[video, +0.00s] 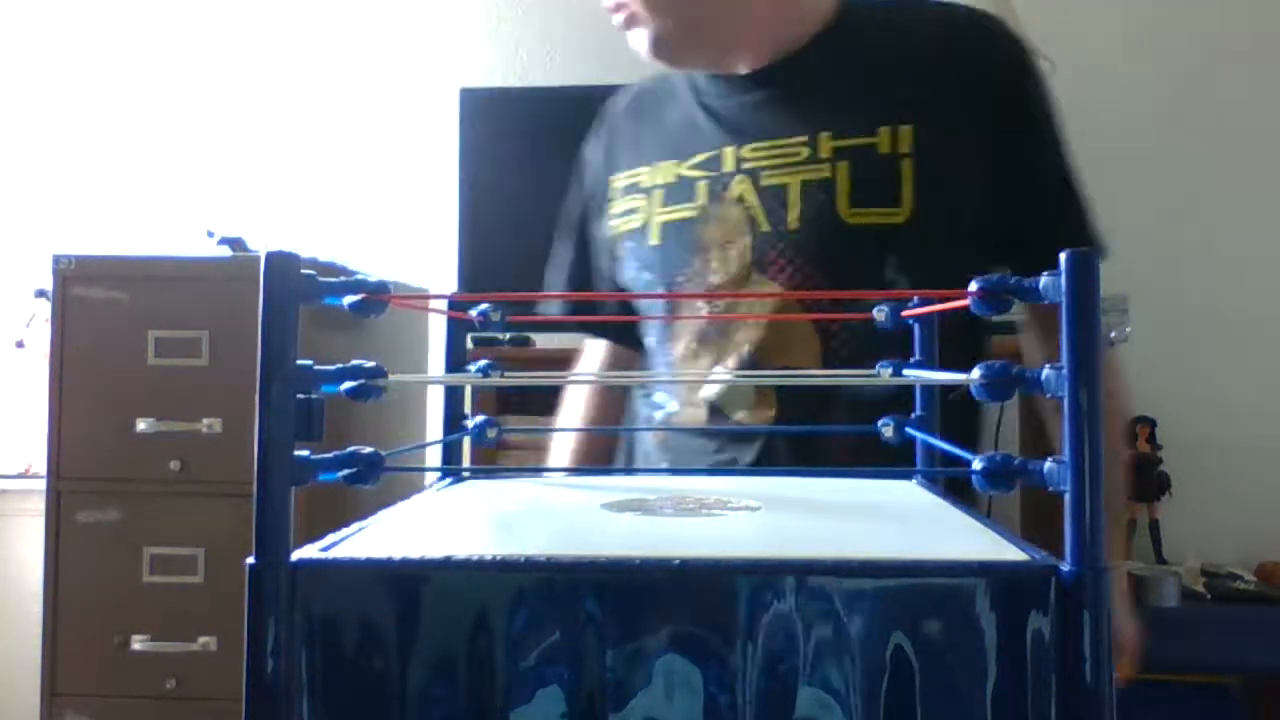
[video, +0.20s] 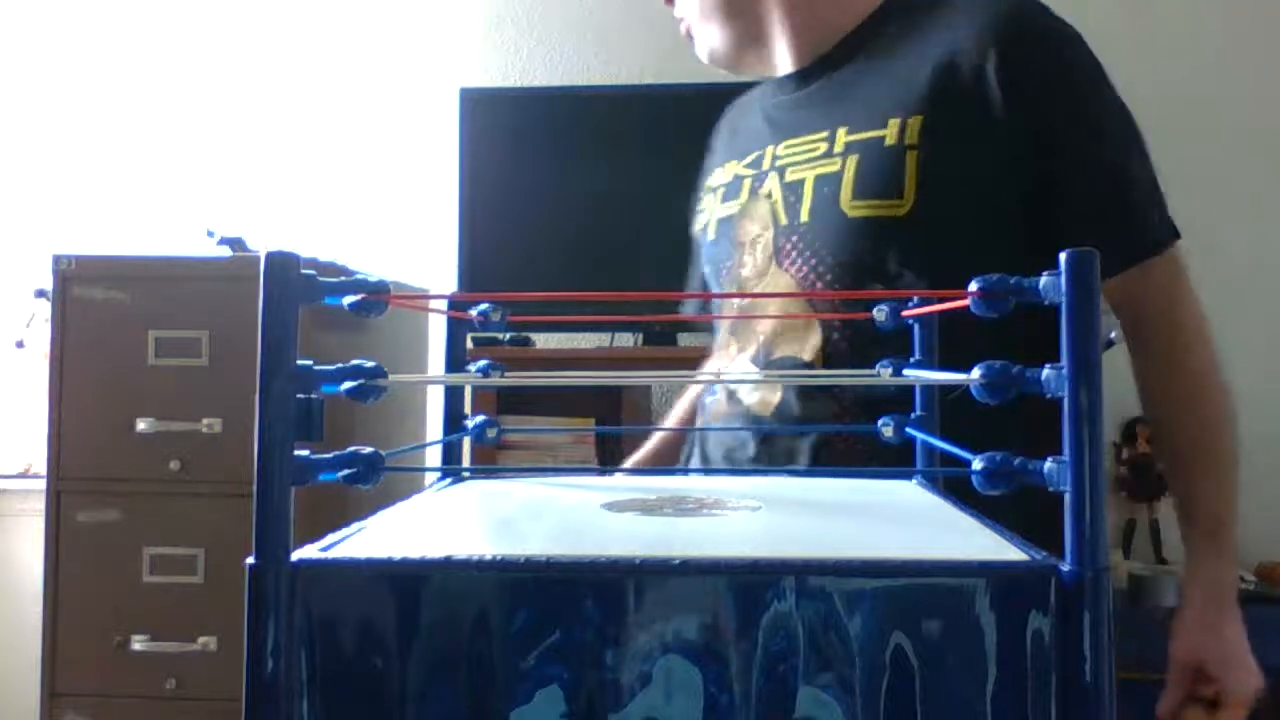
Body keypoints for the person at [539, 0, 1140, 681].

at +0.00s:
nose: (610, 0)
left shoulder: (964, 64)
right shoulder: (622, 127)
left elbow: (1067, 345)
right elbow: (603, 361)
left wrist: (1102, 572)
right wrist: (547, 546)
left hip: (900, 589)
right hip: (668, 590)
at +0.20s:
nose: (669, 3)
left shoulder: (999, 46)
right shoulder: (735, 125)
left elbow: (1165, 322)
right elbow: (744, 349)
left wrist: (1211, 591)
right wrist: (621, 498)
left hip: (971, 605)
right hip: (756, 603)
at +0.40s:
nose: (683, 4)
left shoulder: (999, 41)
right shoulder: (766, 129)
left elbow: (1171, 319)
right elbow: (770, 369)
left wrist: (1204, 605)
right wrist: (633, 468)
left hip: (974, 604)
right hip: (778, 606)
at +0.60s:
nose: (674, 7)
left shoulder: (990, 44)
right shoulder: (752, 125)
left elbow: (1145, 321)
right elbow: (756, 354)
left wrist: (1177, 599)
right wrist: (566, 374)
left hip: (962, 605)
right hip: (752, 603)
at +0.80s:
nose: (650, 3)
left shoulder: (966, 50)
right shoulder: (708, 125)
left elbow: (1115, 318)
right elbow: (653, 313)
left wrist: (1167, 581)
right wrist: (463, 248)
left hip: (935, 598)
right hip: (720, 596)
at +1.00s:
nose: (665, 5)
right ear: (636, 1)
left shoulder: (912, 66)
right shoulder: (619, 128)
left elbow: (1045, 315)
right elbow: (496, 231)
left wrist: (1103, 555)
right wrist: (349, 206)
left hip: (878, 573)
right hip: (652, 574)